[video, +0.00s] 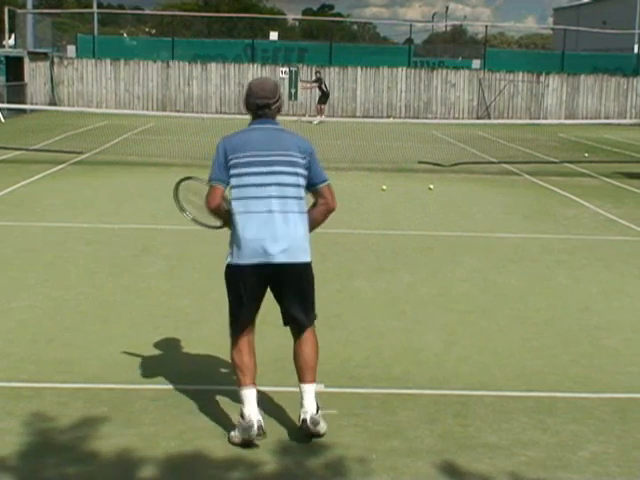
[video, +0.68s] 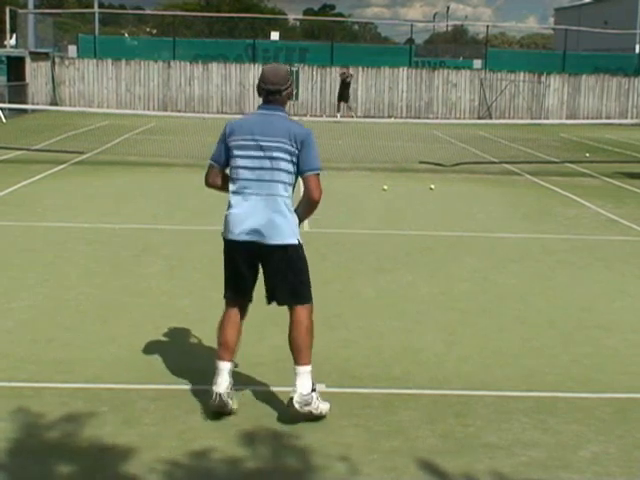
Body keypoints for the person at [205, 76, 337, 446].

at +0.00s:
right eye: (276, 102)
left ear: (247, 108)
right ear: (280, 107)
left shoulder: (229, 144)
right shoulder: (300, 145)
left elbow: (214, 202)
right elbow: (327, 202)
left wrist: (231, 218)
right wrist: (297, 229)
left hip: (247, 255)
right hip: (293, 254)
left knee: (242, 332)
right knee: (304, 327)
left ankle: (251, 418)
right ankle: (310, 412)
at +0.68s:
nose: (290, 96)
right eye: (290, 91)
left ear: (258, 93)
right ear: (288, 95)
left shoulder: (234, 127)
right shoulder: (299, 132)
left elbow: (213, 178)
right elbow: (314, 194)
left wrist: (245, 185)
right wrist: (296, 218)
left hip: (238, 229)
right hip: (280, 231)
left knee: (234, 304)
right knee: (301, 305)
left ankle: (221, 389)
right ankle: (303, 392)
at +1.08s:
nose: (264, 125)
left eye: (262, 120)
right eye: (264, 121)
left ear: (234, 120)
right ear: (260, 124)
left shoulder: (209, 148)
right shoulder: (257, 160)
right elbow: (262, 219)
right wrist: (276, 244)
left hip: (189, 245)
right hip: (229, 250)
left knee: (183, 311)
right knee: (263, 318)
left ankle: (155, 386)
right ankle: (288, 396)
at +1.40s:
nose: (217, 127)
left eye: (215, 122)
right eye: (217, 123)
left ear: (188, 121)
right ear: (214, 127)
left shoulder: (169, 144)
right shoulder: (193, 155)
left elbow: (201, 174)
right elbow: (189, 203)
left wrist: (241, 175)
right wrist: (232, 223)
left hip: (128, 233)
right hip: (159, 241)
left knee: (136, 296)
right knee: (190, 309)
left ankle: (100, 366)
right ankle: (178, 391)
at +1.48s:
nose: (207, 129)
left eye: (204, 124)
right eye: (207, 124)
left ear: (180, 120)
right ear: (203, 127)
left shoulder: (160, 140)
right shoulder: (180, 152)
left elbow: (197, 168)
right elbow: (172, 196)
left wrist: (237, 170)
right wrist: (218, 216)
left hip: (115, 231)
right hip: (143, 238)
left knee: (128, 295)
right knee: (178, 299)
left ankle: (99, 366)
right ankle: (166, 379)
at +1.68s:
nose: (193, 128)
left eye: (192, 123)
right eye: (193, 124)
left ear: (167, 120)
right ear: (188, 126)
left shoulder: (152, 137)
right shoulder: (164, 149)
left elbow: (181, 159)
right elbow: (149, 189)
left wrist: (216, 165)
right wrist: (191, 206)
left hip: (100, 222)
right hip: (122, 231)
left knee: (123, 278)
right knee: (148, 295)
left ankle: (93, 338)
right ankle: (115, 367)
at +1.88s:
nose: (188, 144)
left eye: (188, 140)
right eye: (188, 140)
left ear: (163, 135)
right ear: (183, 143)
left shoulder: (141, 151)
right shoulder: (156, 164)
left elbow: (146, 207)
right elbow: (146, 212)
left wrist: (177, 233)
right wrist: (179, 238)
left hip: (85, 221)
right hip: (107, 232)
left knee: (103, 276)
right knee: (137, 294)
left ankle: (97, 324)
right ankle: (113, 367)